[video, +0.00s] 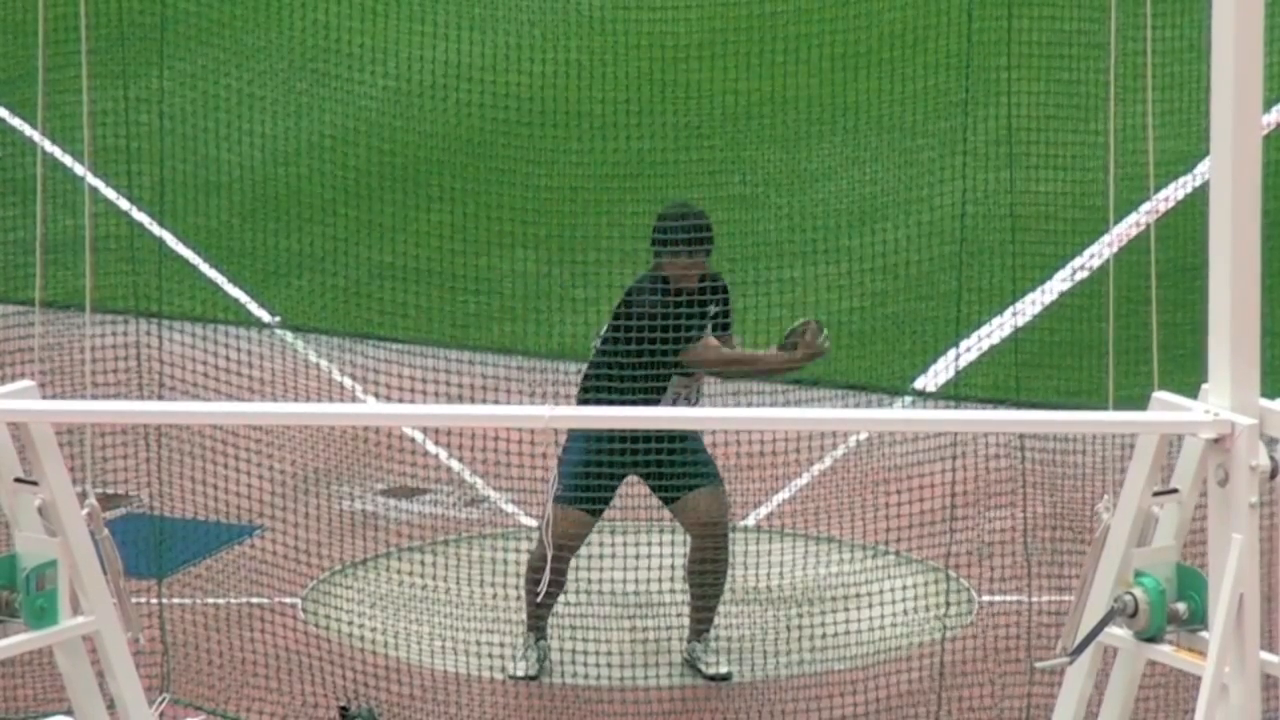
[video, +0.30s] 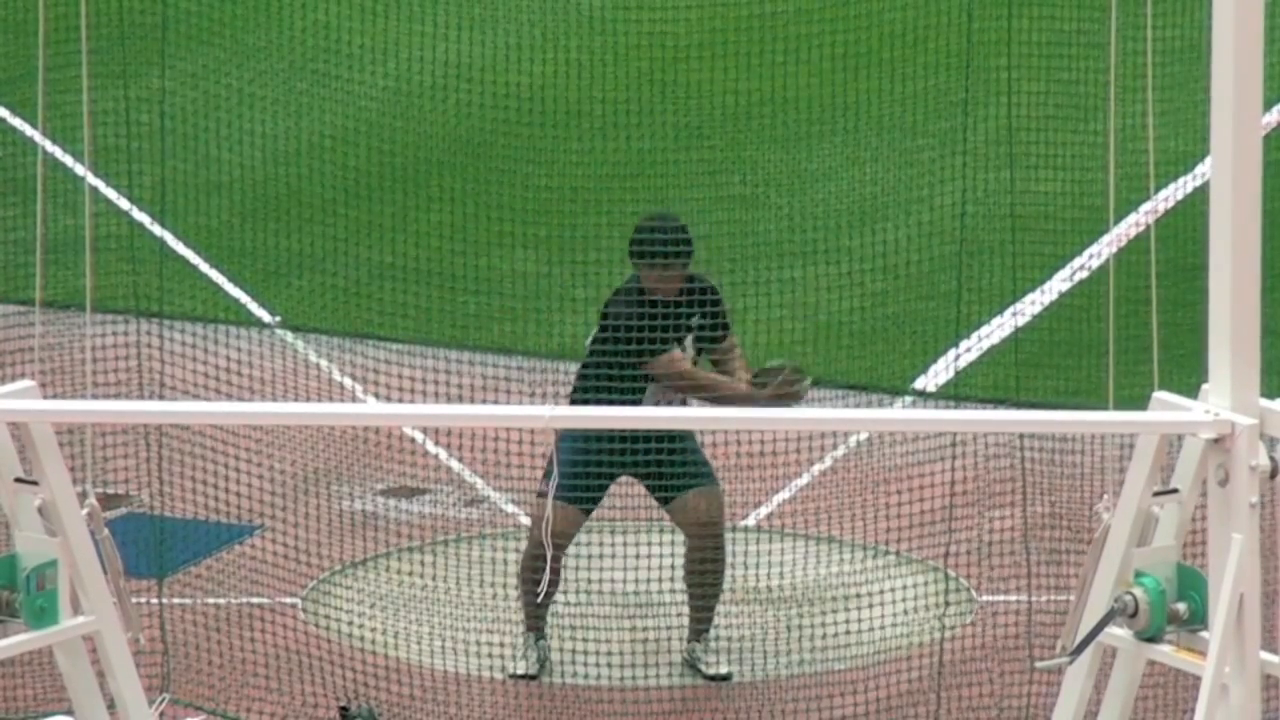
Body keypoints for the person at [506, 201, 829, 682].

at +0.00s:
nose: (688, 263)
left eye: (697, 252)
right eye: (677, 253)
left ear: (709, 253)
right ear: (659, 255)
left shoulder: (714, 291)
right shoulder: (647, 300)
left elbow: (726, 354)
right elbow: (711, 362)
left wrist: (783, 351)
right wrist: (793, 362)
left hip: (665, 430)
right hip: (602, 430)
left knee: (711, 522)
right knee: (562, 536)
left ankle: (699, 643)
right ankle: (533, 637)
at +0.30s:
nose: (662, 277)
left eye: (671, 267)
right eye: (652, 267)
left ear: (686, 264)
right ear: (638, 266)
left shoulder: (703, 297)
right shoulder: (626, 308)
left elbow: (728, 354)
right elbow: (682, 375)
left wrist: (747, 392)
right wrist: (755, 395)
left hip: (660, 430)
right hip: (595, 430)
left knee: (707, 521)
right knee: (552, 533)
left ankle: (698, 644)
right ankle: (534, 637)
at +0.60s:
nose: (584, 305)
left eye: (594, 296)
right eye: (578, 296)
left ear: (617, 293)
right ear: (569, 293)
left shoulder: (651, 323)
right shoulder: (557, 336)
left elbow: (719, 368)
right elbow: (521, 411)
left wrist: (720, 432)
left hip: (653, 448)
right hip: (577, 449)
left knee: (706, 529)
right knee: (526, 525)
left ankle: (699, 643)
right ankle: (533, 640)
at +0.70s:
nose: (563, 301)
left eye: (573, 292)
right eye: (557, 291)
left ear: (596, 290)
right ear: (548, 289)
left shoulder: (631, 322)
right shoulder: (537, 329)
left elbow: (695, 378)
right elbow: (481, 380)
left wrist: (699, 446)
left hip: (646, 446)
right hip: (572, 447)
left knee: (700, 533)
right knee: (521, 524)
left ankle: (699, 646)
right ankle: (533, 643)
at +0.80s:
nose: (559, 292)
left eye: (568, 283)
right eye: (551, 283)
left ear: (583, 282)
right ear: (537, 281)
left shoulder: (612, 316)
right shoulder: (527, 310)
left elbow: (655, 379)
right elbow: (468, 324)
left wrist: (659, 443)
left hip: (631, 440)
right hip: (566, 438)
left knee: (690, 535)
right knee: (520, 522)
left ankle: (699, 643)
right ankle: (533, 641)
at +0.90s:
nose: (531, 283)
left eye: (539, 275)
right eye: (529, 273)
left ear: (566, 275)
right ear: (527, 271)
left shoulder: (600, 312)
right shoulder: (527, 287)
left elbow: (616, 389)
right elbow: (481, 264)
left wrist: (603, 447)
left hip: (625, 428)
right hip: (562, 425)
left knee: (679, 538)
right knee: (519, 522)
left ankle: (698, 643)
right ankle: (533, 641)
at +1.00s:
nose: (523, 270)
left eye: (532, 262)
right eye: (520, 260)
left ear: (557, 262)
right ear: (518, 254)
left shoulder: (585, 300)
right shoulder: (535, 276)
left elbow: (583, 375)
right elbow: (516, 214)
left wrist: (553, 430)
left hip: (617, 428)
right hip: (559, 426)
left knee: (667, 536)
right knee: (519, 517)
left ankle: (698, 641)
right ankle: (532, 638)